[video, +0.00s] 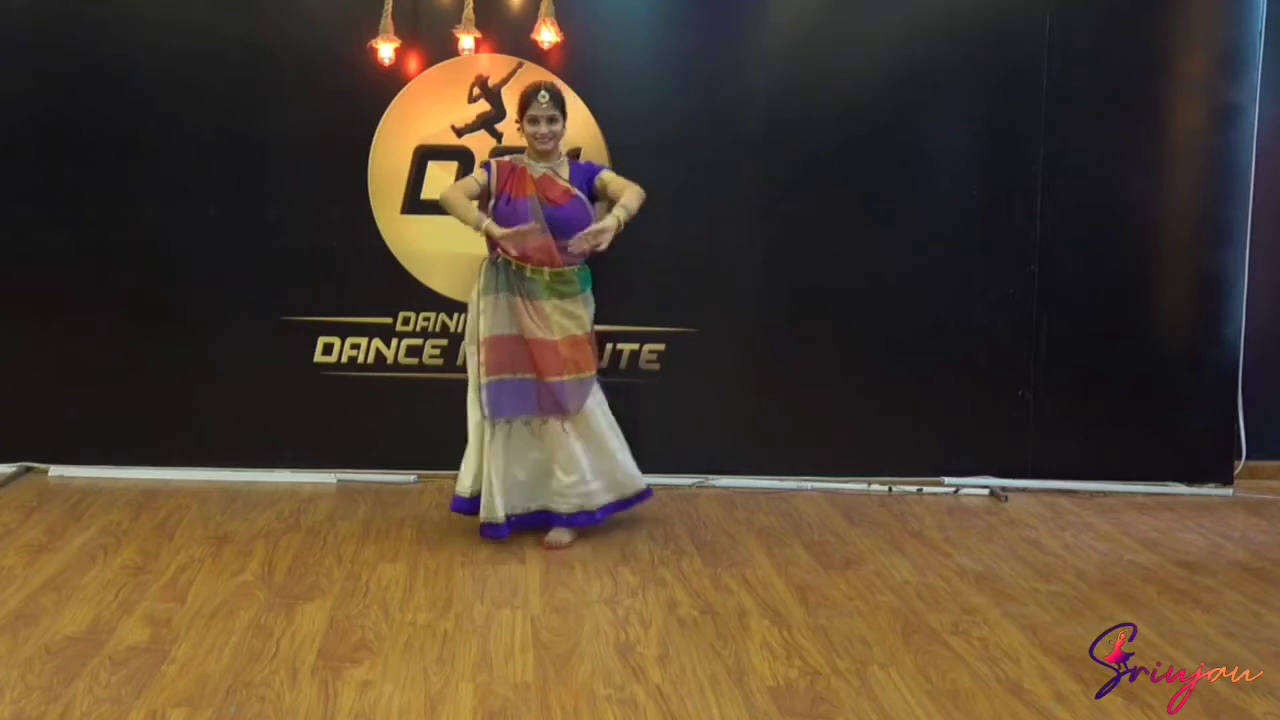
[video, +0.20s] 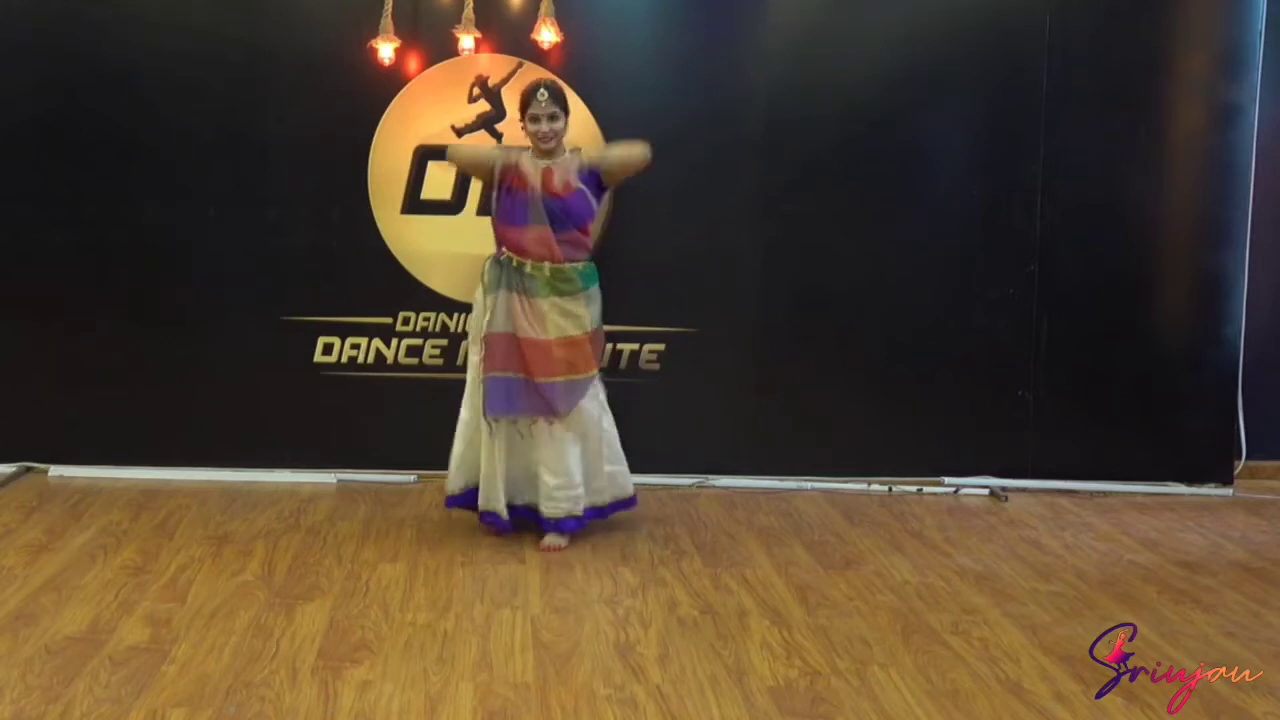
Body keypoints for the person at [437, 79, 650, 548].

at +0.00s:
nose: (543, 128)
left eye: (552, 120)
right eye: (534, 120)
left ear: (564, 126)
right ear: (521, 126)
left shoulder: (584, 173)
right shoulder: (503, 171)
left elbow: (633, 192)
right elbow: (452, 196)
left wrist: (611, 223)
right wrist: (492, 228)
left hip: (562, 298)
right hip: (507, 297)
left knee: (562, 402)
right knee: (510, 400)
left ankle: (565, 512)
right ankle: (508, 506)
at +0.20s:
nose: (543, 126)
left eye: (552, 118)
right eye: (534, 119)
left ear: (566, 122)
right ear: (523, 124)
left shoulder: (587, 170)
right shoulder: (509, 167)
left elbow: (642, 153)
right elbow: (454, 153)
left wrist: (583, 160)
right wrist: (508, 156)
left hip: (566, 302)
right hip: (511, 299)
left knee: (560, 409)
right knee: (509, 404)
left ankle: (560, 515)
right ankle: (508, 505)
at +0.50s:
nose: (539, 140)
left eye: (546, 130)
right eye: (530, 134)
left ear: (564, 134)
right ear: (521, 143)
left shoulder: (592, 185)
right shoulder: (514, 191)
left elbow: (623, 217)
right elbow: (480, 227)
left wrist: (577, 184)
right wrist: (509, 195)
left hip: (590, 312)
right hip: (534, 313)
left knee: (582, 412)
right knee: (525, 414)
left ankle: (570, 509)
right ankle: (557, 519)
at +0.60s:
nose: (535, 153)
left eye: (541, 142)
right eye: (525, 147)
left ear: (560, 144)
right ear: (517, 157)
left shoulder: (595, 197)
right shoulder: (511, 210)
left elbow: (626, 249)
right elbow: (499, 268)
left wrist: (586, 232)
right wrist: (537, 243)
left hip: (596, 323)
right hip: (538, 325)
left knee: (595, 423)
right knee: (538, 425)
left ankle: (606, 511)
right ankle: (594, 519)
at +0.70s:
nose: (527, 173)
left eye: (533, 161)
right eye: (517, 168)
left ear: (552, 159)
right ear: (510, 175)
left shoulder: (595, 209)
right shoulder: (513, 230)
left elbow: (631, 270)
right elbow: (516, 300)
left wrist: (626, 306)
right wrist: (553, 323)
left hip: (609, 339)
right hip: (549, 345)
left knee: (612, 442)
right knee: (562, 448)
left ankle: (643, 521)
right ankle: (565, 542)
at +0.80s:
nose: (525, 184)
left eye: (530, 173)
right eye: (515, 179)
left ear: (550, 167)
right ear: (508, 186)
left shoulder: (597, 213)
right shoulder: (515, 245)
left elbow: (638, 272)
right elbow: (530, 314)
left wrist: (670, 321)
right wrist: (558, 358)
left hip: (621, 338)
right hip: (562, 349)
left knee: (629, 443)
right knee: (578, 448)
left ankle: (648, 533)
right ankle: (580, 540)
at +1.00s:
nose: (535, 200)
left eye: (541, 187)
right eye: (525, 194)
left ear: (562, 177)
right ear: (522, 197)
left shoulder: (610, 209)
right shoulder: (542, 254)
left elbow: (667, 241)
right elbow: (547, 325)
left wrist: (716, 262)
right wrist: (539, 392)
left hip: (637, 344)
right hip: (584, 355)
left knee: (631, 442)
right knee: (589, 446)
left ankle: (626, 536)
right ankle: (565, 538)